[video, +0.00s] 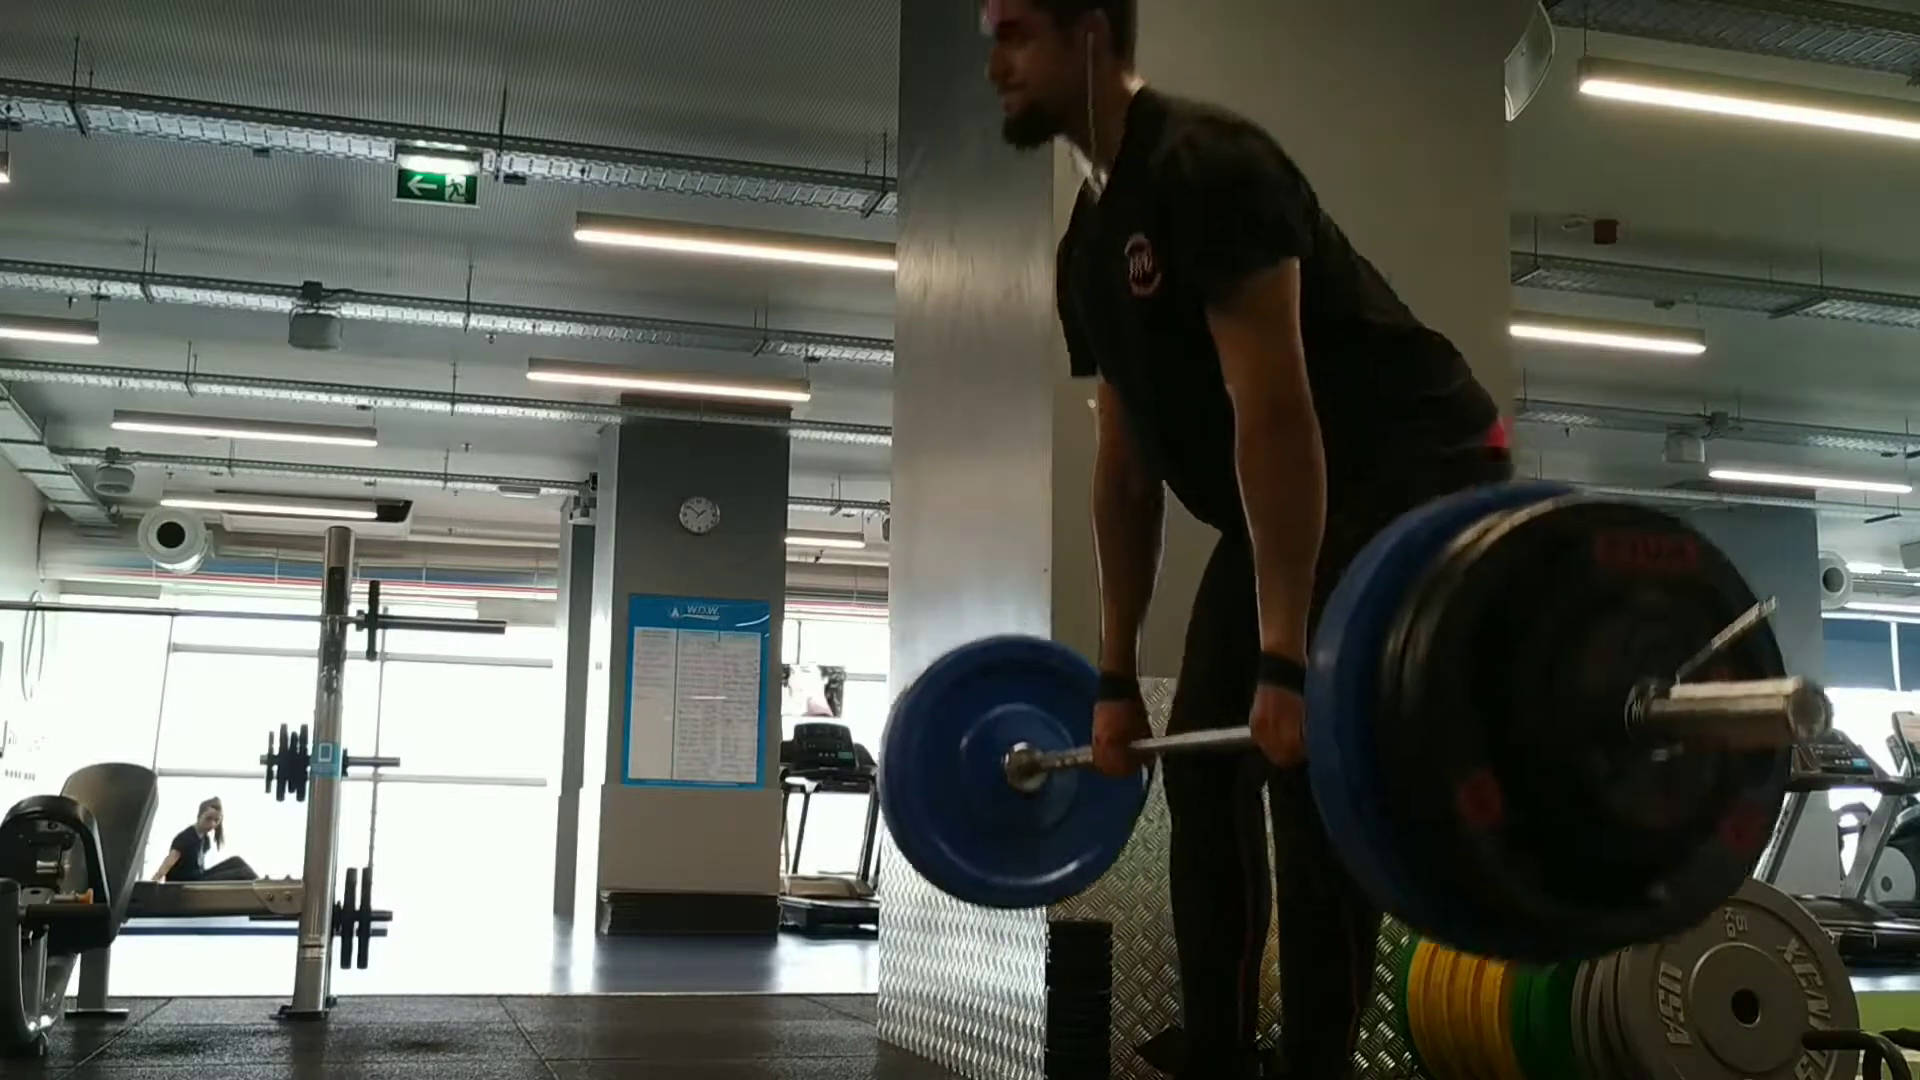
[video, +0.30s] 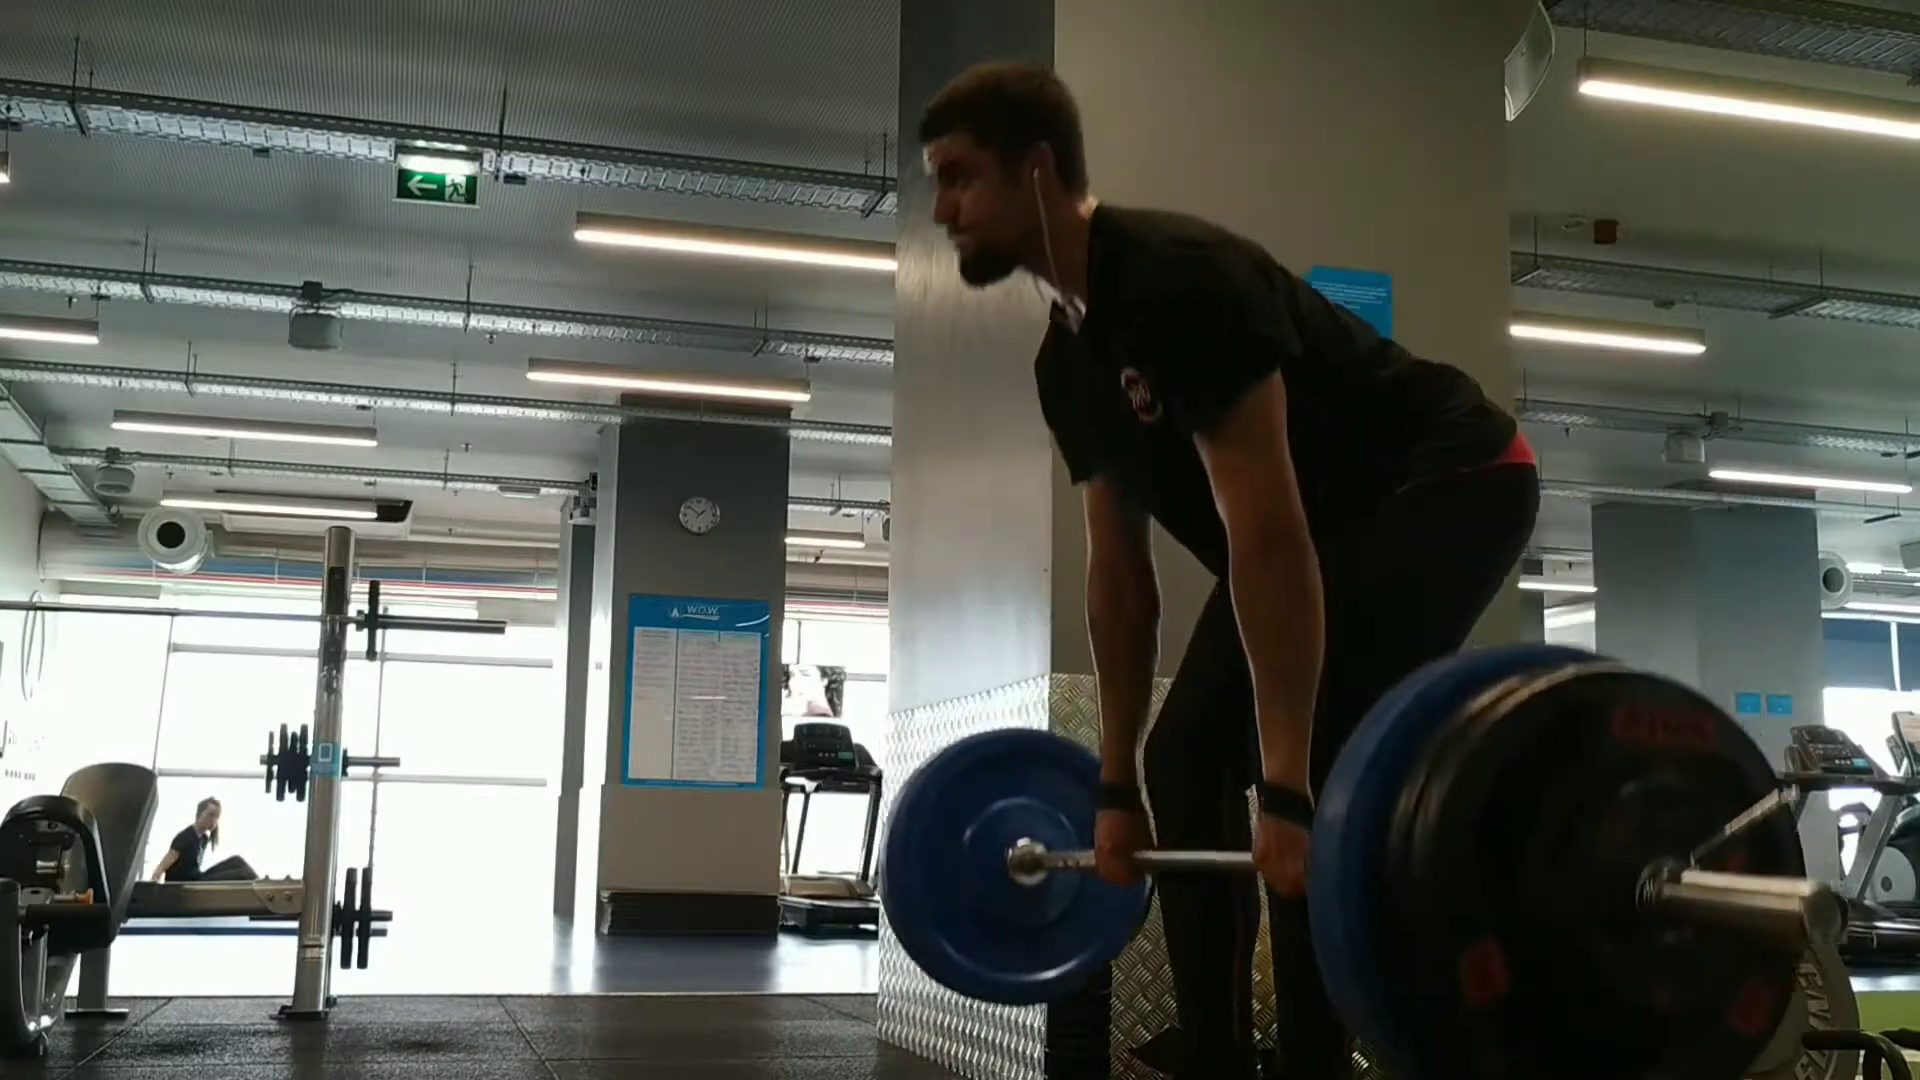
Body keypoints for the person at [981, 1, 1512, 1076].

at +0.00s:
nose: (993, 69)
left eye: (1013, 38)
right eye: (990, 44)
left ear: (1093, 34)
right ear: (1075, 49)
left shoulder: (1207, 163)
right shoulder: (1090, 241)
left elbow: (1280, 421)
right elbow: (1123, 468)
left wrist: (1283, 661)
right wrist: (1118, 670)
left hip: (1405, 493)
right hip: (1279, 508)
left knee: (1316, 758)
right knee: (1201, 755)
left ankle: (1317, 1058)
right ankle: (1212, 1047)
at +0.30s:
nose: (941, 208)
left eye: (959, 178)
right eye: (934, 184)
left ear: (1042, 169)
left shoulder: (1181, 277)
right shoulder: (1066, 362)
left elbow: (1271, 541)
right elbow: (1117, 575)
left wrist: (1284, 789)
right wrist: (1116, 782)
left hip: (1445, 487)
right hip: (1304, 526)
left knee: (1310, 776)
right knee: (1186, 760)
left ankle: (1315, 1055)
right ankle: (1210, 1045)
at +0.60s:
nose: (915, 310)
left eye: (934, 276)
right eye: (912, 283)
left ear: (1016, 264)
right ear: (1010, 273)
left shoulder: (1170, 356)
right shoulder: (1060, 441)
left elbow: (1269, 626)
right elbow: (1113, 645)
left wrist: (1285, 886)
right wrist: (1116, 860)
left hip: (1460, 495)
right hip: (1323, 534)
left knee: (1294, 756)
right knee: (1179, 759)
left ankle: (1314, 1046)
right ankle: (1208, 1038)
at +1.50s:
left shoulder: (1322, 45)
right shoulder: (1188, 118)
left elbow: (1328, 285)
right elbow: (1165, 351)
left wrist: (1292, 503)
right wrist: (1128, 554)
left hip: (1279, 503)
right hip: (1190, 512)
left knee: (1281, 782)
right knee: (1197, 785)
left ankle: (1313, 1059)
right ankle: (1212, 1051)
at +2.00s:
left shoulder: (1295, 66)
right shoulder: (1162, 142)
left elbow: (1316, 309)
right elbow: (1163, 364)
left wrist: (1293, 538)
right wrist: (1129, 574)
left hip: (1311, 503)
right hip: (1215, 506)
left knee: (1282, 773)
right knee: (1181, 770)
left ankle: (1313, 1059)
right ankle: (1207, 1049)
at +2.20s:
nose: (1026, 26)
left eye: (1045, 4)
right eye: (1027, 12)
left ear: (1123, 8)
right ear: (1103, 24)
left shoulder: (1237, 129)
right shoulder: (1111, 202)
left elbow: (1294, 377)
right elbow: (1142, 425)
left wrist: (1293, 614)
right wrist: (1131, 643)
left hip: (1391, 497)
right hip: (1267, 513)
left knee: (1308, 763)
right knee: (1198, 756)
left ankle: (1316, 1060)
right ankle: (1213, 1046)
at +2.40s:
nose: (978, 123)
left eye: (996, 94)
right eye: (972, 100)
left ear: (1077, 91)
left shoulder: (1208, 207)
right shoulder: (1088, 284)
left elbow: (1287, 464)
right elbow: (1134, 506)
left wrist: (1287, 707)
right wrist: (1124, 714)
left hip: (1430, 491)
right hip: (1295, 516)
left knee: (1318, 766)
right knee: (1204, 760)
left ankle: (1314, 1059)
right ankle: (1213, 1046)